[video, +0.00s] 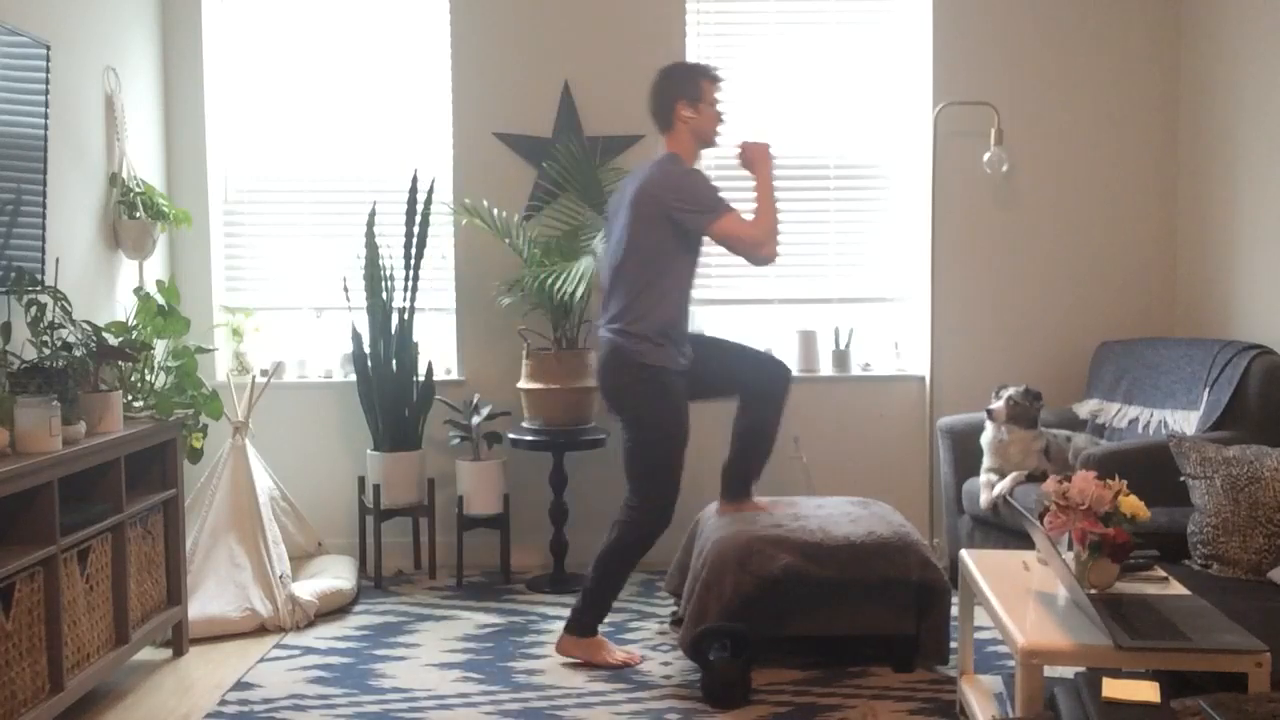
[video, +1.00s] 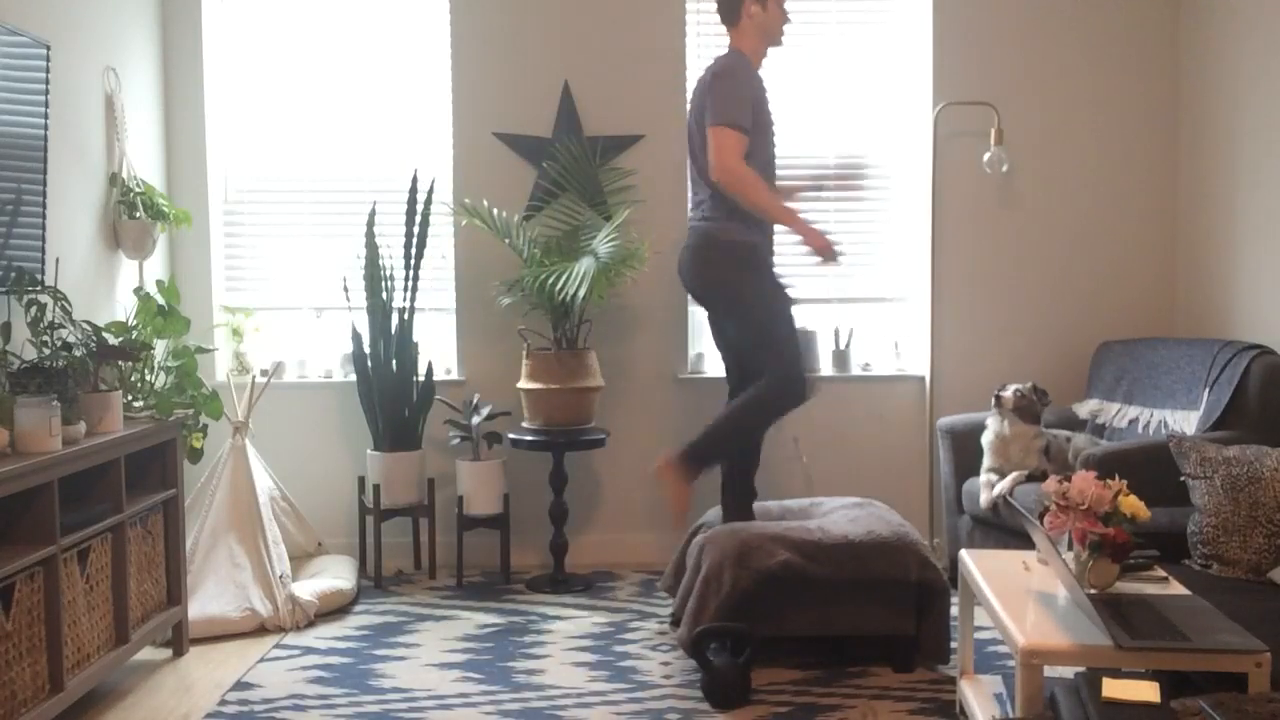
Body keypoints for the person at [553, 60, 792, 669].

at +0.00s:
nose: (721, 116)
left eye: (718, 105)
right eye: (713, 106)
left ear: (677, 115)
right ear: (682, 112)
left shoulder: (644, 180)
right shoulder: (673, 179)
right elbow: (762, 244)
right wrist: (763, 174)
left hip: (656, 350)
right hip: (643, 360)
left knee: (769, 374)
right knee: (651, 508)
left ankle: (737, 497)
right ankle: (579, 634)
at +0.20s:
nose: (762, 67)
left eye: (758, 56)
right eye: (753, 56)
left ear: (716, 68)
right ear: (723, 64)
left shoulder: (692, 135)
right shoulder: (722, 128)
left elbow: (720, 225)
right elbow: (735, 214)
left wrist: (780, 210)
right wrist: (806, 202)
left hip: (697, 314)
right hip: (689, 316)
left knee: (781, 400)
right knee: (678, 455)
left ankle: (742, 535)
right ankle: (614, 593)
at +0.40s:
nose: (769, 10)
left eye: (766, 2)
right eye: (760, 2)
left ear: (735, 12)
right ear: (733, 8)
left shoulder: (728, 81)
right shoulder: (713, 77)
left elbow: (775, 165)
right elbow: (685, 169)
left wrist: (803, 101)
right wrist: (702, 261)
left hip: (723, 255)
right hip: (725, 254)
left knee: (752, 401)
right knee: (834, 322)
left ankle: (740, 543)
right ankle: (754, 419)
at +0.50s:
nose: (771, 7)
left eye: (767, 1)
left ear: (730, 10)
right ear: (732, 6)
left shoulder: (742, 80)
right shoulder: (711, 71)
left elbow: (811, 117)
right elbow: (672, 169)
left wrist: (800, 49)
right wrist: (675, 261)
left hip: (729, 247)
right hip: (734, 238)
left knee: (751, 388)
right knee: (868, 222)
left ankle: (738, 524)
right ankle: (827, 347)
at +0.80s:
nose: (782, 12)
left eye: (780, 4)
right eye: (775, 3)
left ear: (747, 12)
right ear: (747, 8)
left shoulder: (748, 83)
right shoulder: (719, 77)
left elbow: (816, 141)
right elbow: (698, 180)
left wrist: (798, 72)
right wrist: (735, 262)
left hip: (752, 237)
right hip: (740, 238)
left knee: (753, 386)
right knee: (873, 230)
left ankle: (742, 520)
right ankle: (806, 338)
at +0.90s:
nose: (785, 8)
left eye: (782, 1)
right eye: (778, 1)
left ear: (748, 9)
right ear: (749, 5)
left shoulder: (742, 75)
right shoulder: (727, 69)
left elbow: (776, 174)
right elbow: (708, 169)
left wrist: (813, 114)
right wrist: (766, 241)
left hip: (728, 247)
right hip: (733, 245)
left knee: (748, 391)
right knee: (843, 319)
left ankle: (738, 526)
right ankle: (750, 392)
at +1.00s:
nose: (786, 16)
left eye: (783, 7)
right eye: (778, 6)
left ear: (746, 14)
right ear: (750, 10)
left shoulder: (726, 74)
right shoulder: (732, 73)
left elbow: (724, 172)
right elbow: (726, 168)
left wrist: (775, 202)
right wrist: (804, 229)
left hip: (717, 250)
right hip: (728, 251)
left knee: (747, 389)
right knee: (787, 382)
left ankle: (739, 527)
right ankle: (683, 466)